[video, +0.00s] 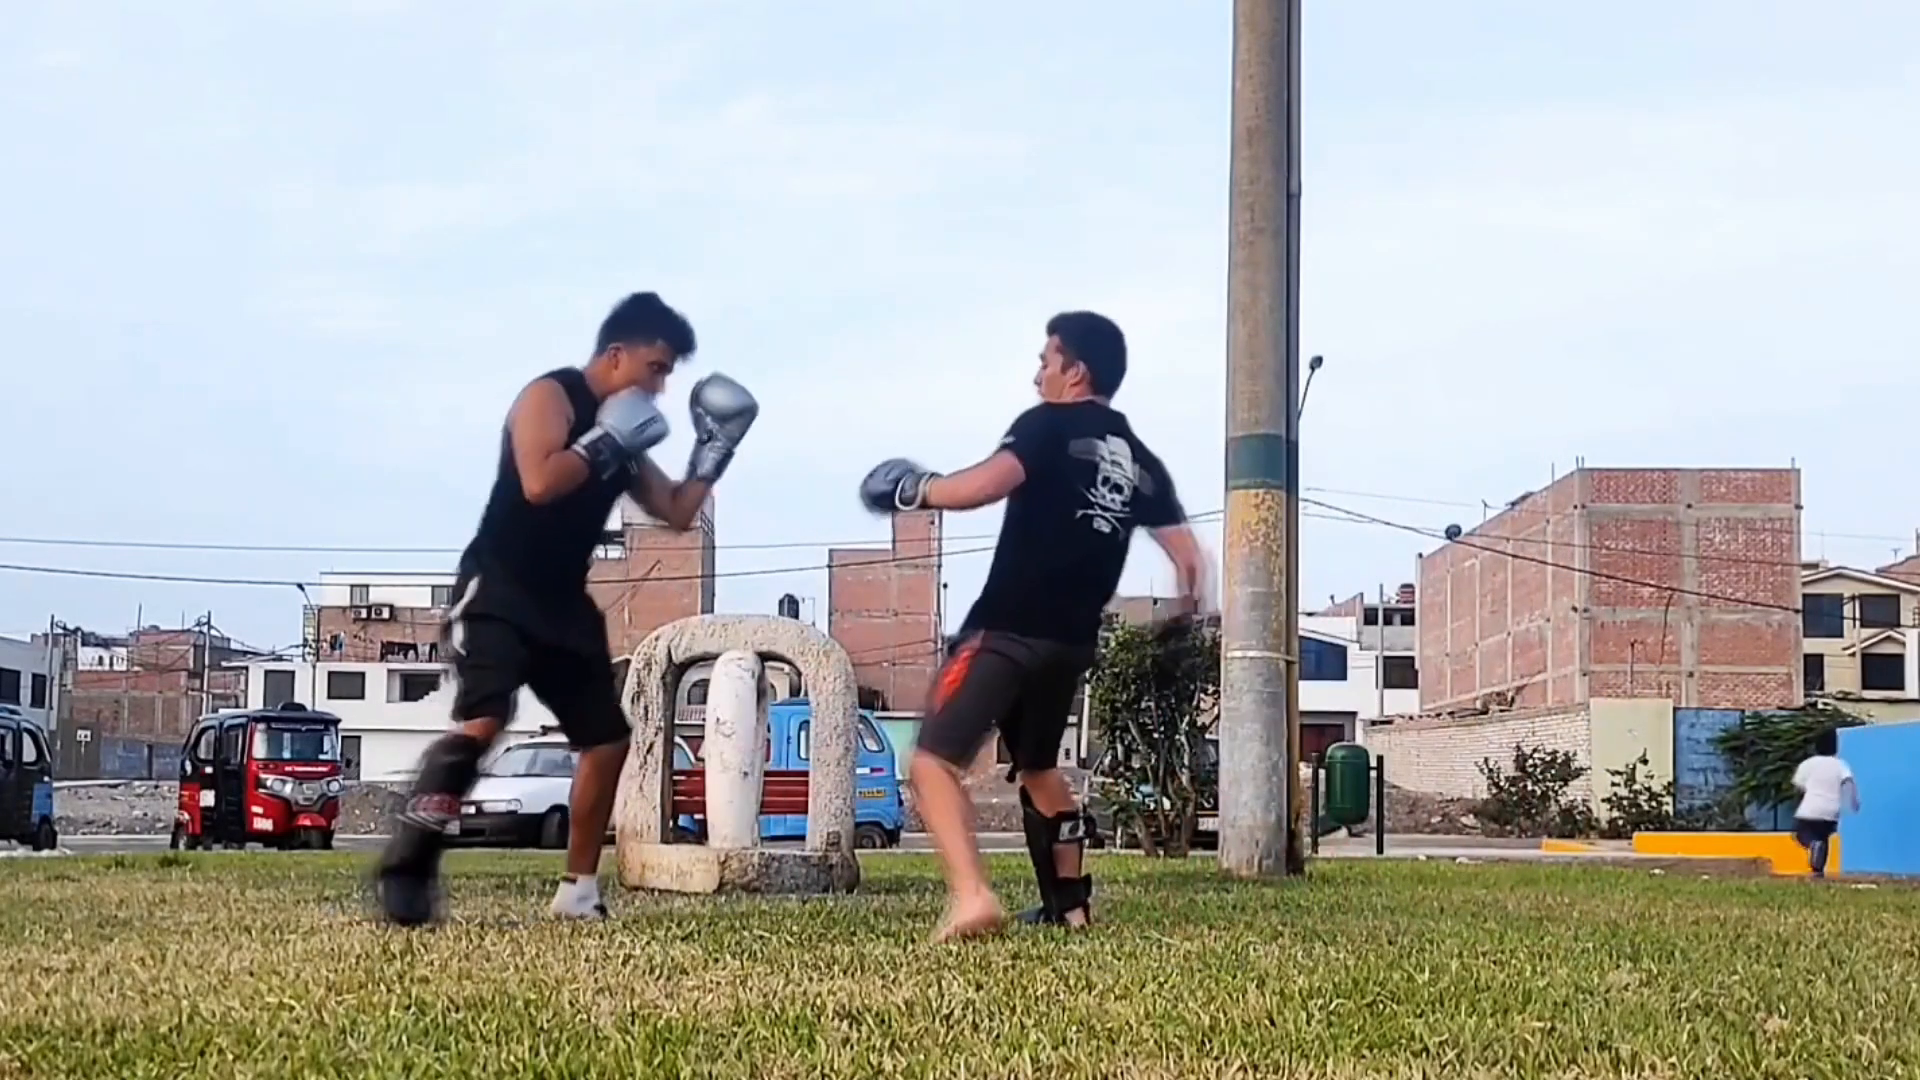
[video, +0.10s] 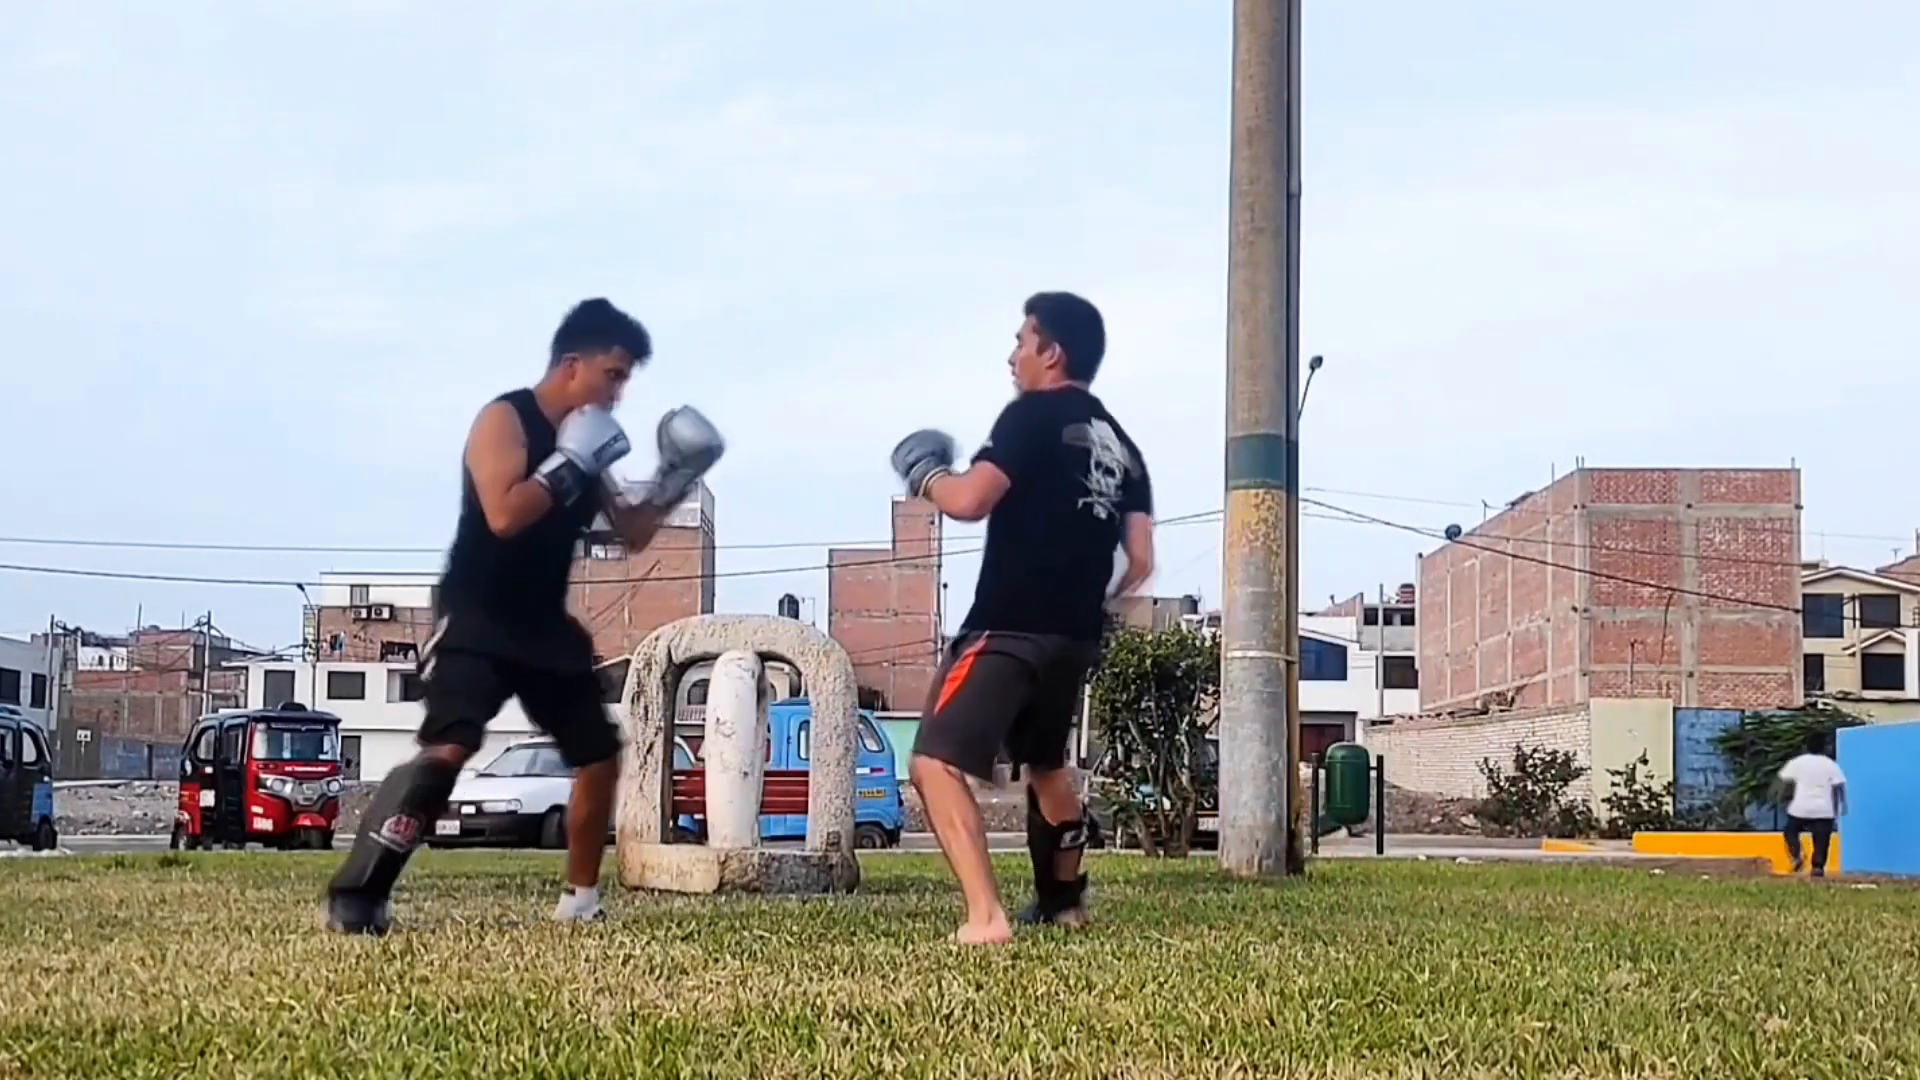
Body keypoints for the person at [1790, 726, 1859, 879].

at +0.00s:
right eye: (1832, 744)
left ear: (1817, 747)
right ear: (1834, 747)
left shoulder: (1809, 763)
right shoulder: (1840, 764)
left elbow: (1797, 783)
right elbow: (1849, 782)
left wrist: (1809, 790)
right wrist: (1854, 801)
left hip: (1810, 804)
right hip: (1831, 806)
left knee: (1801, 830)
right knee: (1823, 838)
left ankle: (1812, 844)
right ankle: (1818, 870)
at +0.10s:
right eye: (1825, 745)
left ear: (1807, 746)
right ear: (1823, 747)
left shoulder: (1796, 762)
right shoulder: (1830, 764)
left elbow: (1783, 779)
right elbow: (1838, 785)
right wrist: (1842, 806)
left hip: (1800, 808)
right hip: (1823, 809)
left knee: (1790, 831)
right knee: (1821, 841)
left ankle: (1796, 856)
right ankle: (1818, 866)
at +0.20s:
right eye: (1815, 747)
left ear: (1798, 748)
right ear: (1815, 749)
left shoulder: (1790, 762)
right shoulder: (1819, 765)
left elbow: (1770, 772)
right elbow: (1830, 785)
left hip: (1792, 809)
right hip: (1813, 809)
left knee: (1788, 843)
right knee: (1818, 840)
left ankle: (1783, 870)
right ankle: (1816, 855)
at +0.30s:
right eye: (1805, 750)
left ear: (1790, 752)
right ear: (1807, 753)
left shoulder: (1782, 768)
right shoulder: (1812, 770)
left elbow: (1762, 779)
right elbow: (1821, 791)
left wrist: (1751, 783)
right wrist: (1834, 800)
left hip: (1784, 815)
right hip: (1805, 815)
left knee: (1781, 845)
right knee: (1808, 839)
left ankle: (1782, 870)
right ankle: (1806, 859)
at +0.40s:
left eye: (1791, 751)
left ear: (1788, 752)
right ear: (1805, 753)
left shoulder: (1780, 767)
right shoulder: (1811, 770)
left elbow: (1765, 787)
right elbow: (1818, 792)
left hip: (1779, 811)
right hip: (1800, 813)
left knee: (1773, 835)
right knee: (1797, 842)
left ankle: (1778, 857)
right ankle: (1796, 868)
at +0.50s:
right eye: (1801, 756)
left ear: (1786, 757)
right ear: (1802, 759)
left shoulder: (1778, 773)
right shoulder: (1807, 776)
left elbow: (1764, 791)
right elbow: (1823, 792)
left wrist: (1758, 806)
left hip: (1775, 817)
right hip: (1795, 818)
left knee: (1771, 835)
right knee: (1792, 845)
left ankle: (1770, 856)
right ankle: (1791, 869)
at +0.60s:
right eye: (1798, 760)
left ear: (1784, 760)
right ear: (1799, 762)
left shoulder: (1775, 775)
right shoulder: (1806, 779)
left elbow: (1762, 793)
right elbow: (1826, 785)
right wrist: (1823, 766)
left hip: (1772, 818)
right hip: (1792, 820)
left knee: (1770, 844)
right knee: (1796, 841)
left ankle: (1765, 868)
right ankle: (1792, 867)